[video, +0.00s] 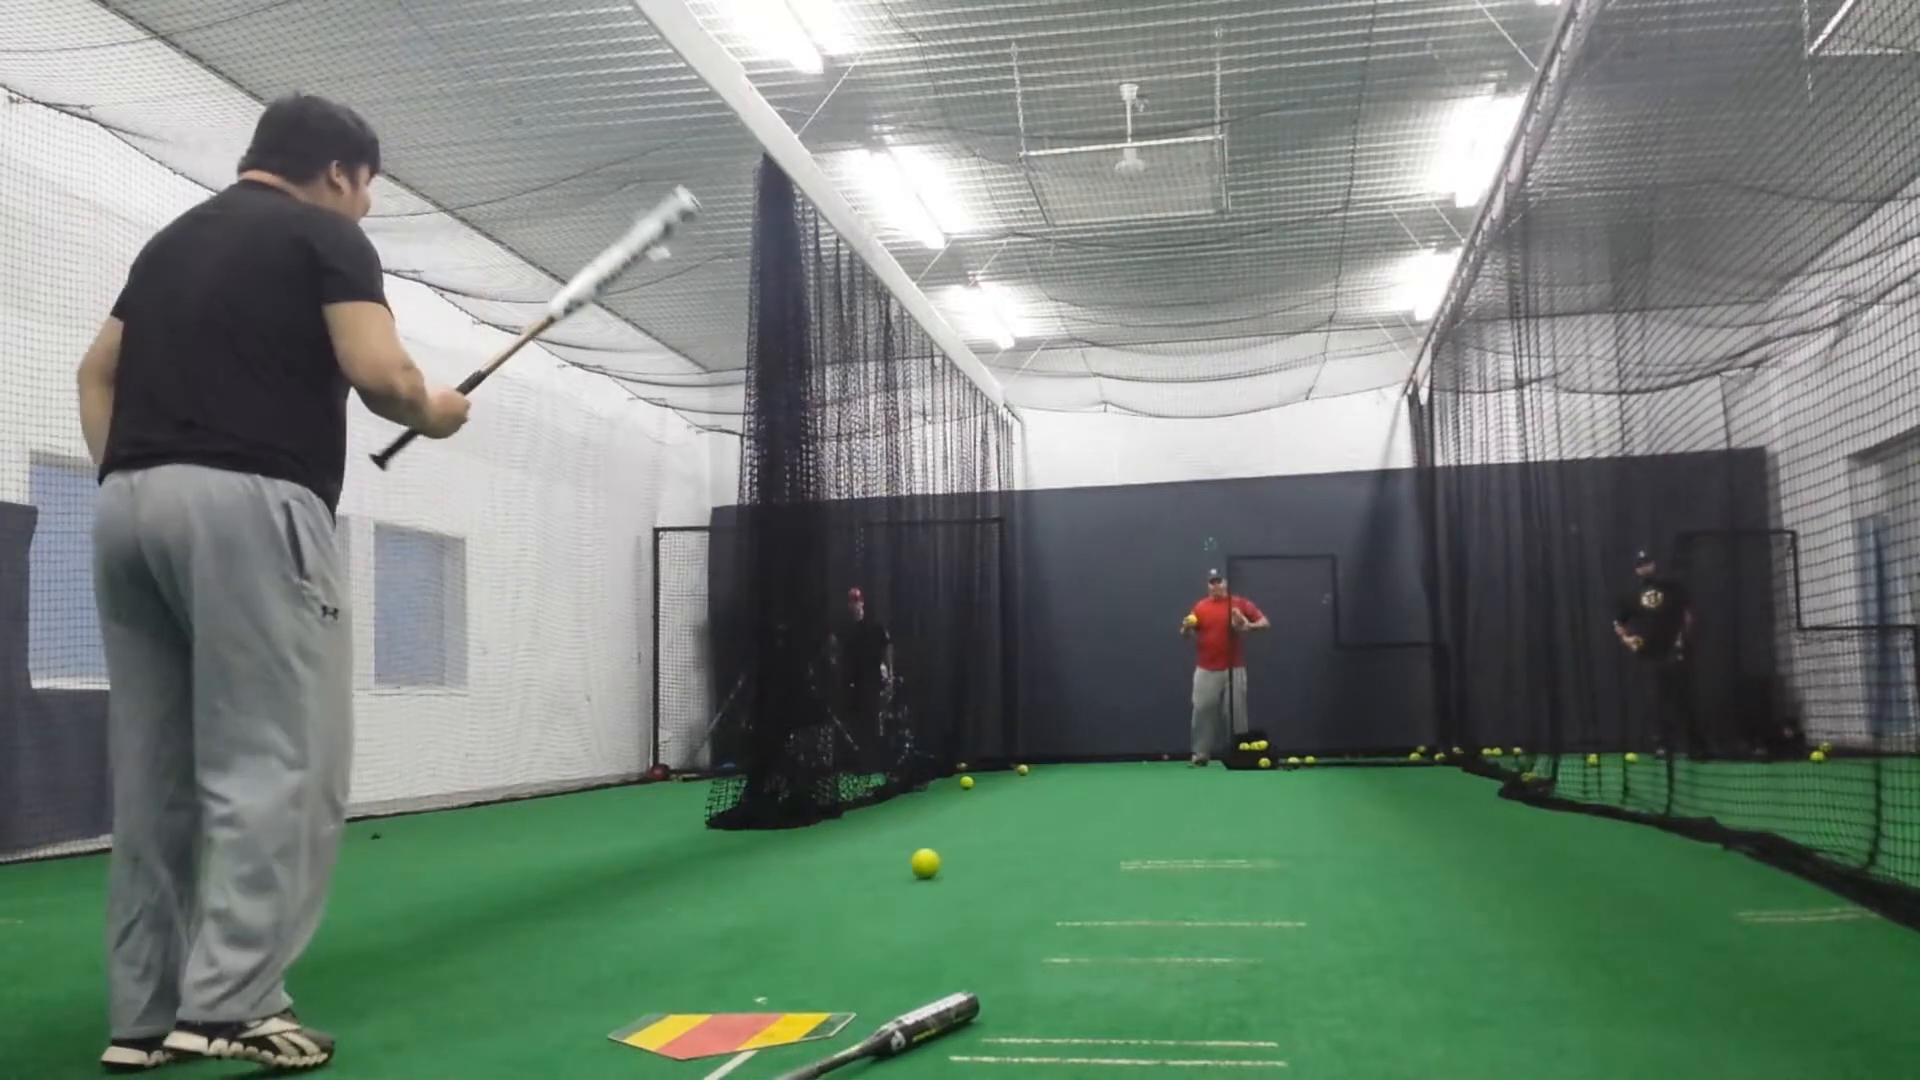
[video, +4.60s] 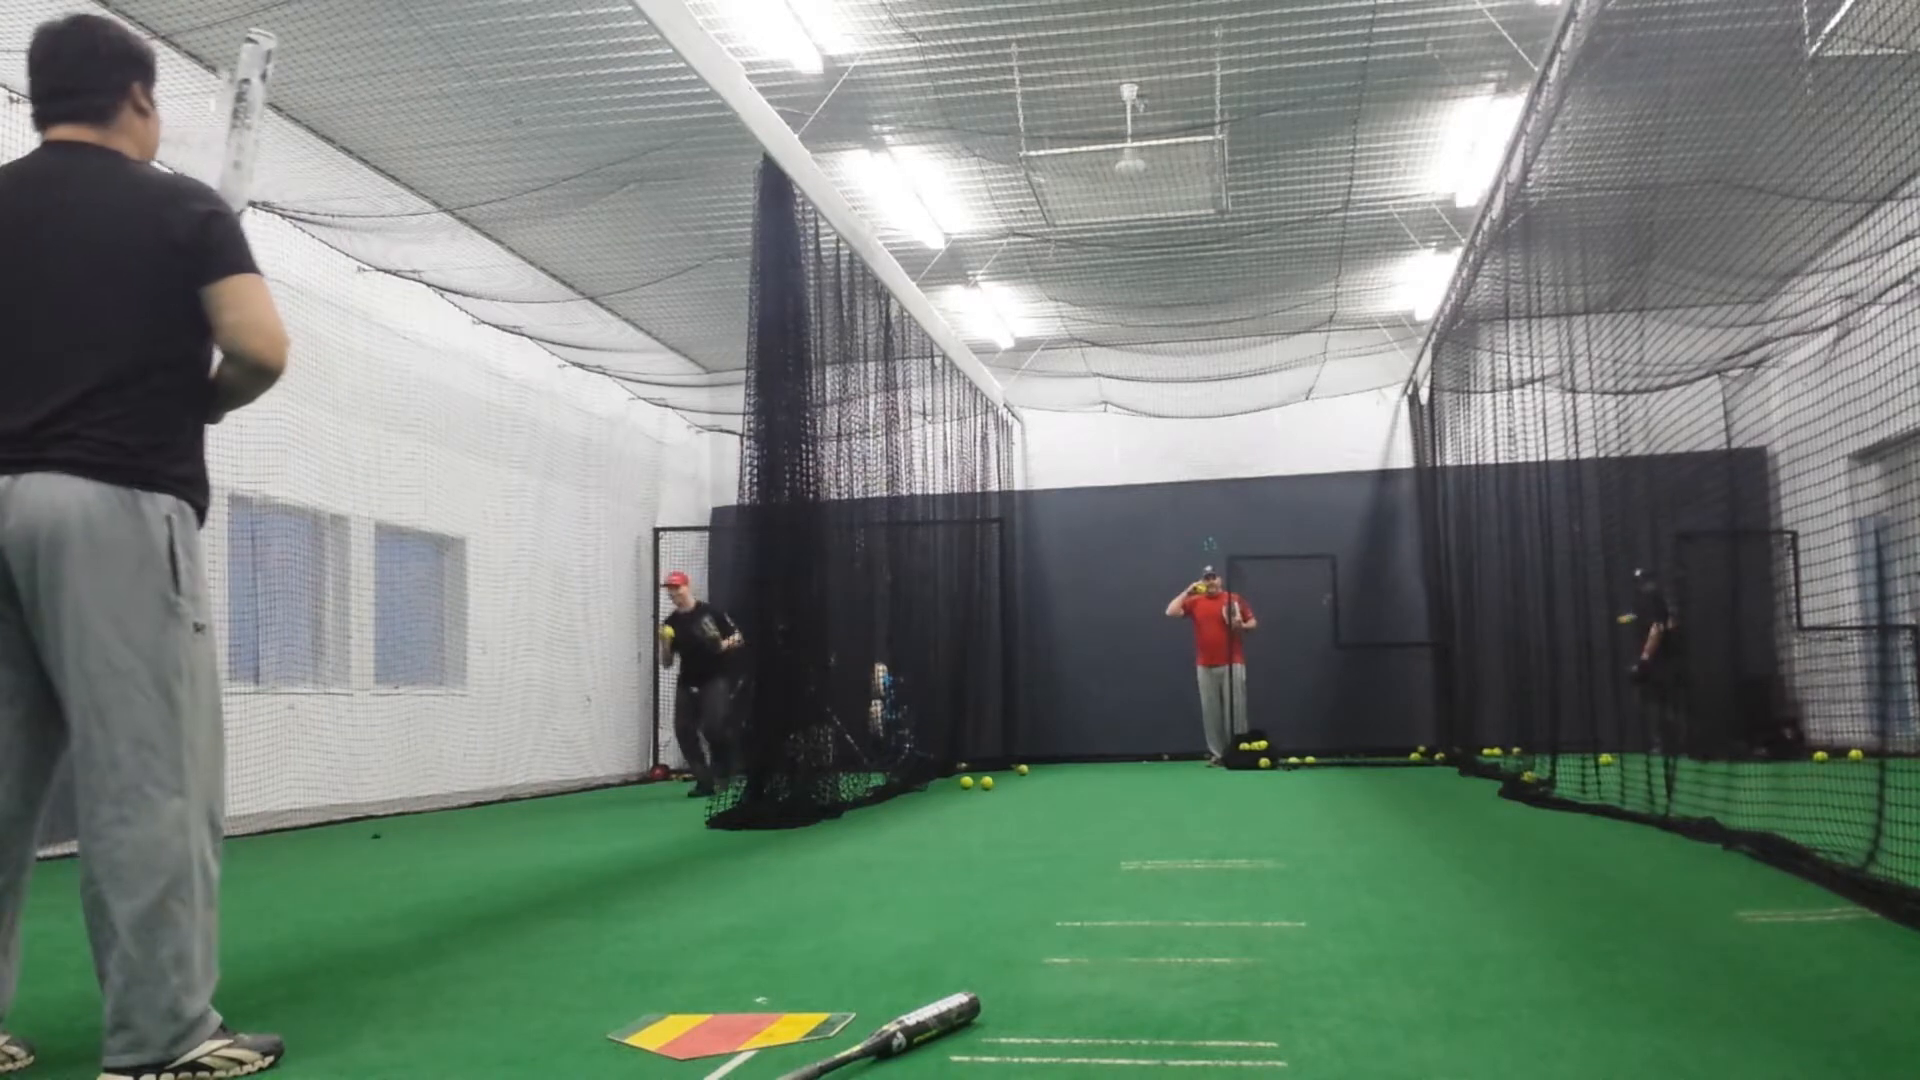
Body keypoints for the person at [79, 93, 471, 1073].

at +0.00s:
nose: (369, 208)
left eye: (371, 193)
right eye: (368, 190)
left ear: (256, 166)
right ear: (336, 173)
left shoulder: (171, 239)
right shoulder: (327, 232)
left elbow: (99, 369)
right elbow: (376, 374)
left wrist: (124, 479)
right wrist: (430, 407)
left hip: (130, 501)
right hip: (248, 501)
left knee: (153, 765)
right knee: (270, 761)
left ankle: (144, 1016)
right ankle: (230, 1006)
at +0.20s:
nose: (376, 215)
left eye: (379, 200)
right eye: (376, 197)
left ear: (272, 172)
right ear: (343, 179)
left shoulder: (187, 240)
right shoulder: (329, 237)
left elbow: (109, 366)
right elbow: (372, 377)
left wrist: (171, 448)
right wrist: (431, 400)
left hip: (127, 498)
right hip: (240, 502)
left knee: (152, 767)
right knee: (252, 761)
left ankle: (148, 1016)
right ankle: (243, 1010)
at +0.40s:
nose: (387, 223)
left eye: (392, 206)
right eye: (389, 202)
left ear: (293, 171)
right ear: (353, 178)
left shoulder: (206, 233)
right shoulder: (332, 237)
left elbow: (228, 387)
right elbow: (377, 384)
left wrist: (353, 436)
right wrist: (436, 389)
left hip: (129, 497)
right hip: (238, 508)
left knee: (153, 767)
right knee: (255, 764)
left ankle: (149, 1010)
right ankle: (245, 1012)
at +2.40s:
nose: (270, 190)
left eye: (267, 173)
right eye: (267, 171)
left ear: (171, 167)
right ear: (240, 165)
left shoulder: (148, 237)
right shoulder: (221, 231)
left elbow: (209, 407)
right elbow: (237, 354)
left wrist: (335, 439)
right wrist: (350, 422)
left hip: (102, 516)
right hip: (172, 516)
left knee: (139, 769)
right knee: (232, 756)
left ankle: (152, 1008)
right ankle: (249, 1005)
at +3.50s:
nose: (259, 127)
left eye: (254, 110)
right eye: (255, 109)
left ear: (148, 114)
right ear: (231, 107)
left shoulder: (89, 217)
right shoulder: (237, 201)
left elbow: (83, 370)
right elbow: (274, 332)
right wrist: (339, 382)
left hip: (85, 510)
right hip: (185, 515)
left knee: (144, 768)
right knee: (190, 776)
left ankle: (175, 994)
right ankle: (157, 1031)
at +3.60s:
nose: (260, 123)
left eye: (256, 106)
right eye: (257, 106)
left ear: (147, 108)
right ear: (234, 104)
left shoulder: (81, 212)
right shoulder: (247, 203)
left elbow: (52, 370)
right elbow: (290, 337)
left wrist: (106, 444)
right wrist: (344, 385)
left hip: (73, 510)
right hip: (182, 516)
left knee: (132, 769)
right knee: (186, 773)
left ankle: (167, 992)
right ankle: (156, 1033)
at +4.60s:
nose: (163, 120)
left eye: (158, 103)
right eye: (159, 103)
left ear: (38, 109)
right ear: (137, 101)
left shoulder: (2, 194)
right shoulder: (182, 204)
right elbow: (260, 349)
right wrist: (198, 397)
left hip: (5, 510)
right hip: (113, 511)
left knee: (6, 787)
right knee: (145, 779)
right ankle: (159, 1035)